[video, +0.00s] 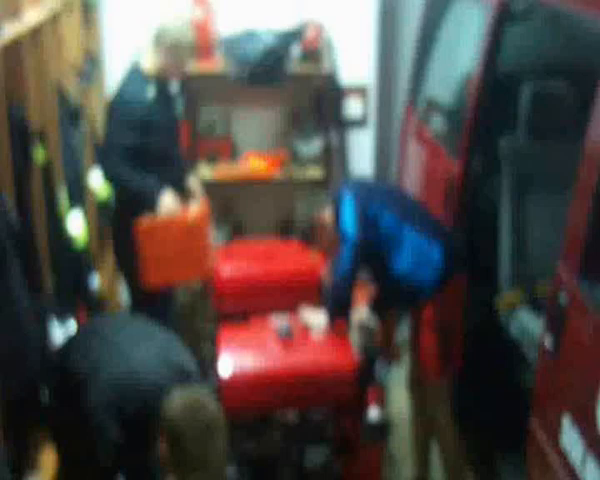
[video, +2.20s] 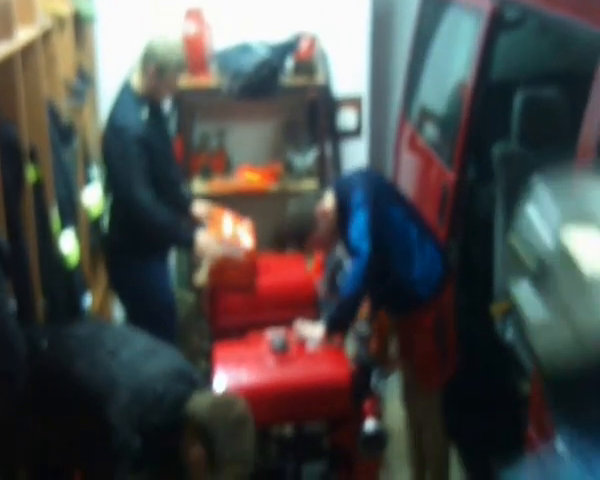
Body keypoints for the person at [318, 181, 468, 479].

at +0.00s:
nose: (331, 247)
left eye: (326, 243)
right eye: (327, 245)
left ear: (323, 222)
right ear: (327, 222)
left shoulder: (349, 197)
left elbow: (348, 256)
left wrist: (332, 311)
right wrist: (372, 309)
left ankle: (407, 469)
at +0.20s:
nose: (319, 275)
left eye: (313, 268)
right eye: (313, 272)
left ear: (313, 245)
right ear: (315, 245)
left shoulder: (341, 214)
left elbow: (340, 274)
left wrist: (330, 316)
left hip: (439, 280)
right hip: (414, 291)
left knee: (442, 387)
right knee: (415, 386)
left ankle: (466, 470)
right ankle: (414, 470)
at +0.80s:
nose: (314, 270)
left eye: (309, 264)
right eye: (309, 268)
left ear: (307, 243)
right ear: (308, 245)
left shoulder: (344, 211)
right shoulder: (336, 254)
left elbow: (347, 272)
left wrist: (333, 331)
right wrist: (384, 355)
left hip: (436, 294)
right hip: (407, 307)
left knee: (446, 401)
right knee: (413, 398)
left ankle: (473, 471)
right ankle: (418, 473)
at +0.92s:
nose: (314, 281)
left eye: (309, 276)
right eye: (309, 279)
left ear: (305, 254)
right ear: (308, 255)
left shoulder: (338, 220)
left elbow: (342, 282)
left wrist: (330, 333)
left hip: (434, 292)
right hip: (405, 310)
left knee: (446, 400)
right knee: (409, 394)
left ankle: (473, 471)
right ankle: (417, 472)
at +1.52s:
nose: (316, 312)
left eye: (310, 307)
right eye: (310, 312)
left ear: (306, 282)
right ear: (308, 281)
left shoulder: (334, 234)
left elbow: (339, 284)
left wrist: (326, 337)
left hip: (430, 292)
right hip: (396, 313)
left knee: (440, 412)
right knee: (401, 407)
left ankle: (466, 473)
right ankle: (413, 474)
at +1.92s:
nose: (318, 273)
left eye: (313, 268)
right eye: (313, 272)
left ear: (312, 243)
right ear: (314, 242)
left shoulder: (345, 207)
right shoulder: (339, 239)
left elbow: (353, 267)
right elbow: (372, 288)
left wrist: (330, 330)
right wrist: (373, 337)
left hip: (428, 298)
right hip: (402, 308)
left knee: (432, 396)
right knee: (408, 399)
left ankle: (446, 472)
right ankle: (414, 471)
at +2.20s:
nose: (323, 249)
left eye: (318, 243)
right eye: (316, 248)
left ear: (318, 219)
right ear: (317, 217)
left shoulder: (359, 191)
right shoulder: (346, 209)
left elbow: (363, 262)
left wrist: (330, 327)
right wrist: (333, 328)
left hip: (427, 296)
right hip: (409, 300)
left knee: (425, 399)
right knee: (418, 397)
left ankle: (432, 470)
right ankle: (424, 469)